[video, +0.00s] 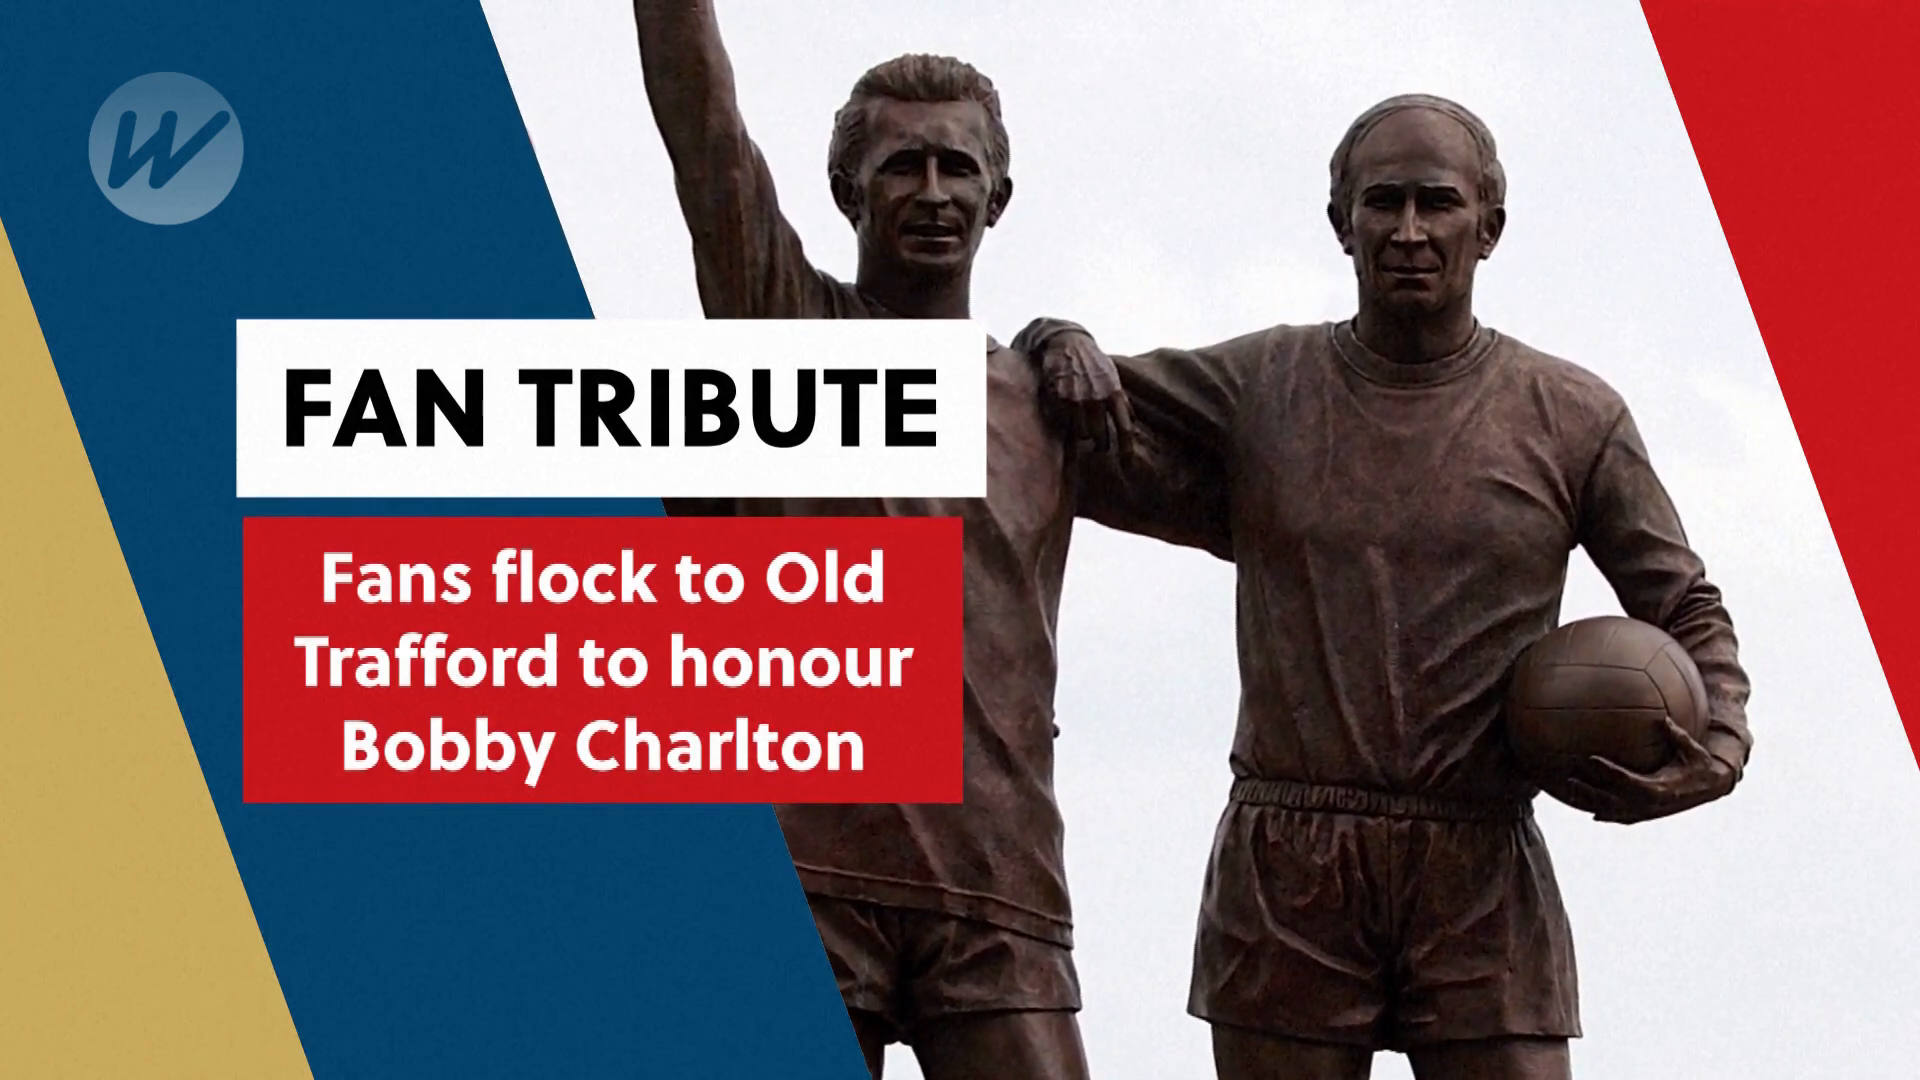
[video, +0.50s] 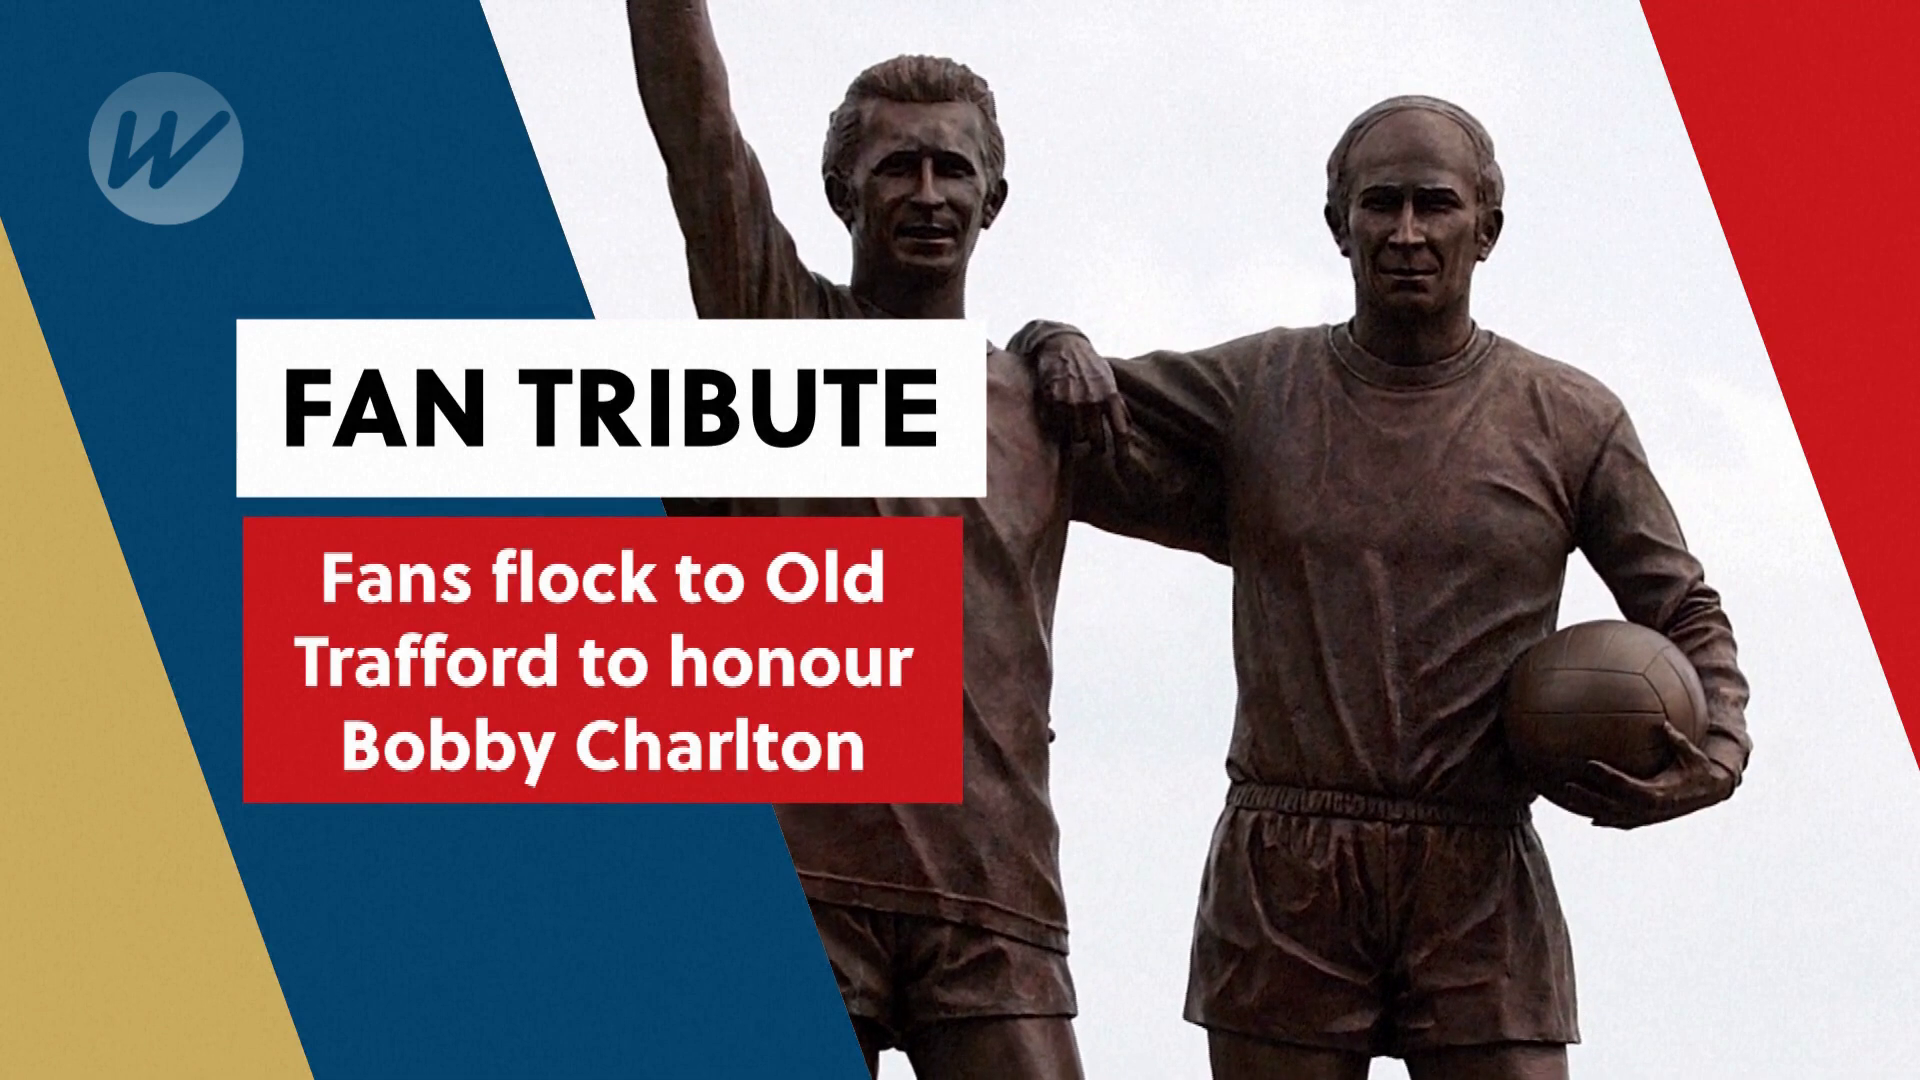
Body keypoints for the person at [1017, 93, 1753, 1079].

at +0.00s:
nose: (1408, 228)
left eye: (1437, 200)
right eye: (1381, 202)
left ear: (1491, 225)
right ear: (1341, 223)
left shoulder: (1573, 414)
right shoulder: (1260, 381)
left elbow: (1684, 608)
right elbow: (1087, 412)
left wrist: (1721, 743)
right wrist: (1055, 342)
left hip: (1480, 878)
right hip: (1284, 870)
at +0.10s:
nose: (1407, 228)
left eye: (1437, 200)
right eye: (1381, 202)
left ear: (1491, 225)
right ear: (1340, 224)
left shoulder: (1573, 414)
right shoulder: (1259, 382)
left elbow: (1684, 609)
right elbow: (1088, 411)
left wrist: (1720, 746)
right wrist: (1054, 342)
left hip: (1480, 879)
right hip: (1283, 871)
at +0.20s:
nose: (1407, 229)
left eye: (1436, 201)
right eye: (1380, 203)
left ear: (1490, 225)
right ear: (1339, 224)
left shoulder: (1572, 415)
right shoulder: (1258, 382)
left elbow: (1683, 609)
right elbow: (1086, 419)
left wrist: (1720, 746)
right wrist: (1053, 344)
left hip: (1480, 882)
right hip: (1282, 875)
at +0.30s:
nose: (1407, 229)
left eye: (1436, 201)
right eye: (1380, 203)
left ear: (1489, 226)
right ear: (1339, 224)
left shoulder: (1571, 415)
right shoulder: (1258, 383)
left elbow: (1682, 609)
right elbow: (1083, 413)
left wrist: (1719, 747)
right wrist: (1052, 344)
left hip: (1479, 882)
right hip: (1281, 876)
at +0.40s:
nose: (1406, 230)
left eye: (1435, 201)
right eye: (1379, 203)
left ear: (1488, 226)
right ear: (1339, 225)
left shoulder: (1571, 415)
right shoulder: (1258, 383)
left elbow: (1682, 609)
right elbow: (1083, 409)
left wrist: (1719, 745)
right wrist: (1052, 343)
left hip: (1480, 883)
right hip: (1281, 877)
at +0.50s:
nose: (1406, 230)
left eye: (1435, 202)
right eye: (1379, 203)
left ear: (1488, 225)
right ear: (1338, 225)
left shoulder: (1571, 416)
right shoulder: (1257, 383)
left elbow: (1682, 610)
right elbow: (1084, 412)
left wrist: (1719, 746)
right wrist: (1052, 346)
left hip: (1479, 883)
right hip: (1281, 877)